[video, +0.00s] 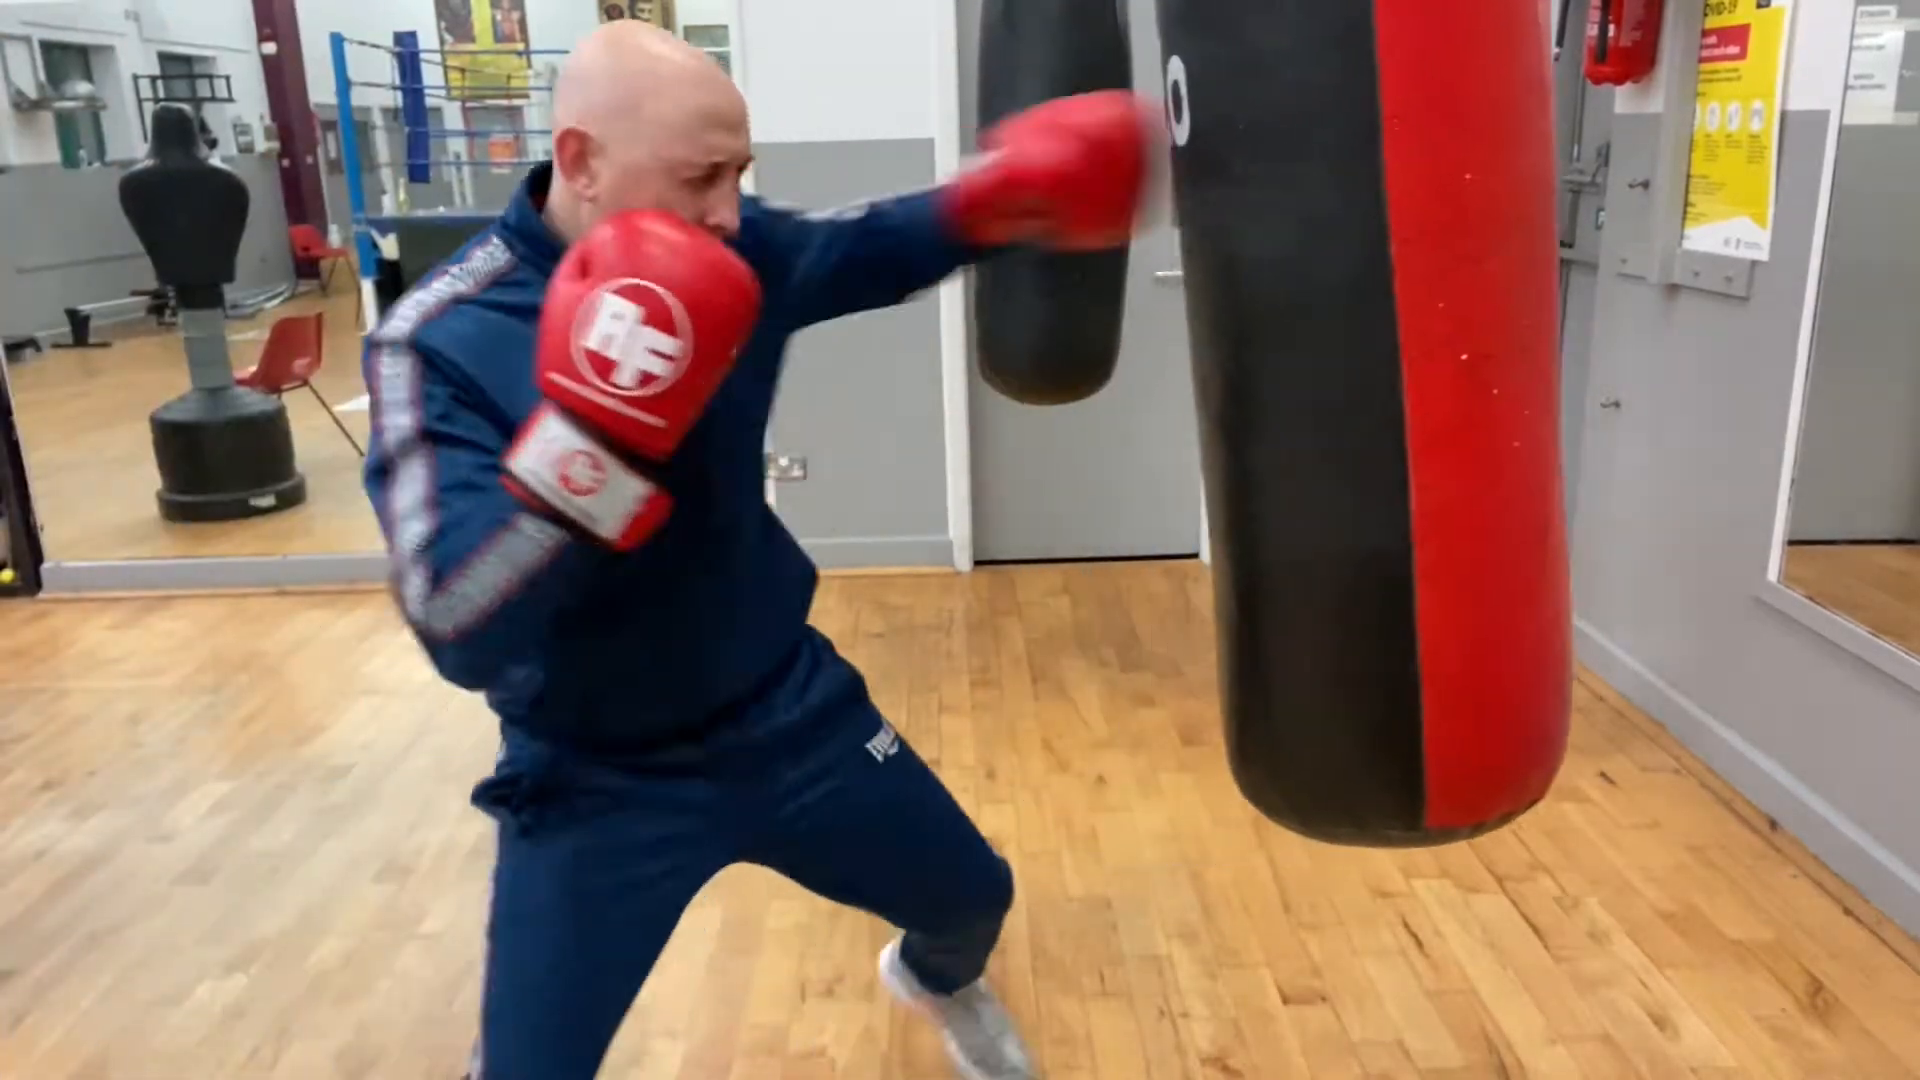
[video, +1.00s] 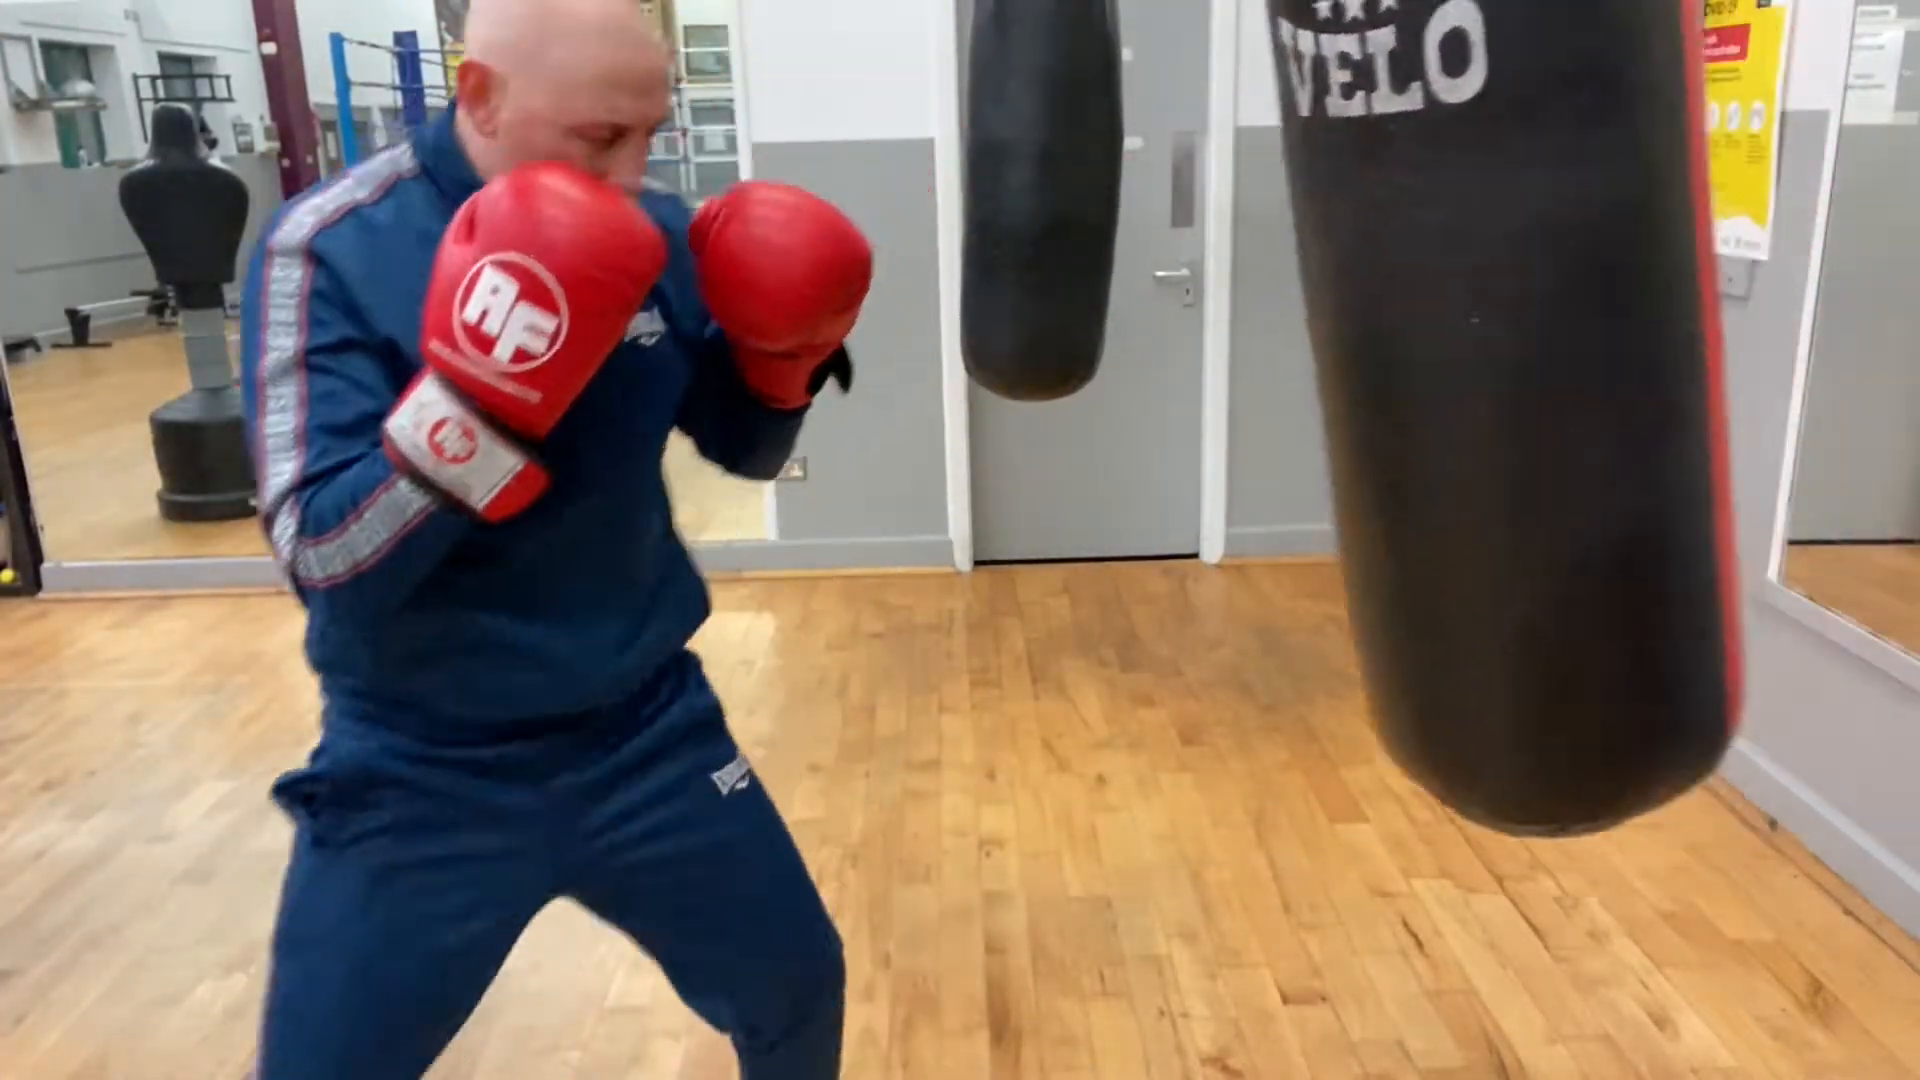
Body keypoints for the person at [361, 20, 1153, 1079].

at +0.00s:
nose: (732, 212)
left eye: (736, 178)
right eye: (702, 181)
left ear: (742, 168)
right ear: (578, 165)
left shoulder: (738, 254)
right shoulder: (439, 343)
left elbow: (869, 250)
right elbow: (459, 628)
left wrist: (1010, 189)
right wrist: (598, 432)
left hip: (789, 717)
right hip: (595, 782)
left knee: (972, 899)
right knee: (524, 1070)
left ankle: (936, 982)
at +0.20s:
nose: (934, 174)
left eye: (936, 141)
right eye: (917, 139)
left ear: (823, 125)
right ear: (813, 121)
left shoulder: (881, 270)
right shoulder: (651, 270)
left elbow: (959, 416)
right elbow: (418, 497)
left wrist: (1013, 319)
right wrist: (594, 362)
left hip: (854, 734)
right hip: (672, 770)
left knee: (1009, 923)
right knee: (561, 1066)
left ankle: (980, 1040)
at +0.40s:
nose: (1054, 190)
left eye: (1061, 167)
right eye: (1036, 163)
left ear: (958, 140)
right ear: (943, 136)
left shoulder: (961, 243)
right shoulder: (834, 192)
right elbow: (905, 294)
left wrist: (1041, 326)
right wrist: (1114, 215)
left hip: (853, 666)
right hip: (727, 677)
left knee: (995, 840)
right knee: (595, 1044)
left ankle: (979, 1039)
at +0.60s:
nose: (899, 165)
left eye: (907, 132)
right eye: (871, 133)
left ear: (916, 117)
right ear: (767, 115)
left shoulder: (874, 258)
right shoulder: (638, 248)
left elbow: (954, 446)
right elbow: (608, 491)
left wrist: (1003, 332)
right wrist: (751, 325)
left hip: (853, 703)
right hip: (682, 738)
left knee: (1001, 873)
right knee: (657, 1069)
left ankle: (983, 1042)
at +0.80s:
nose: (732, 75)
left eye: (750, 38)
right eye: (704, 36)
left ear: (767, 23)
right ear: (595, 13)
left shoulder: (731, 145)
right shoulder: (456, 149)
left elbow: (838, 360)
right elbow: (450, 435)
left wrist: (880, 237)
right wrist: (608, 256)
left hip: (727, 647)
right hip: (537, 685)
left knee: (872, 885)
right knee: (513, 1050)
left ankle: (858, 1065)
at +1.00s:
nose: (629, 176)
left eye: (649, 136)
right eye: (598, 138)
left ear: (668, 110)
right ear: (478, 97)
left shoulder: (657, 230)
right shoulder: (324, 251)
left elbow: (745, 448)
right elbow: (321, 559)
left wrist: (787, 355)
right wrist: (477, 399)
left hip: (648, 747)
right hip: (419, 782)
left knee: (801, 994)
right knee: (317, 1069)